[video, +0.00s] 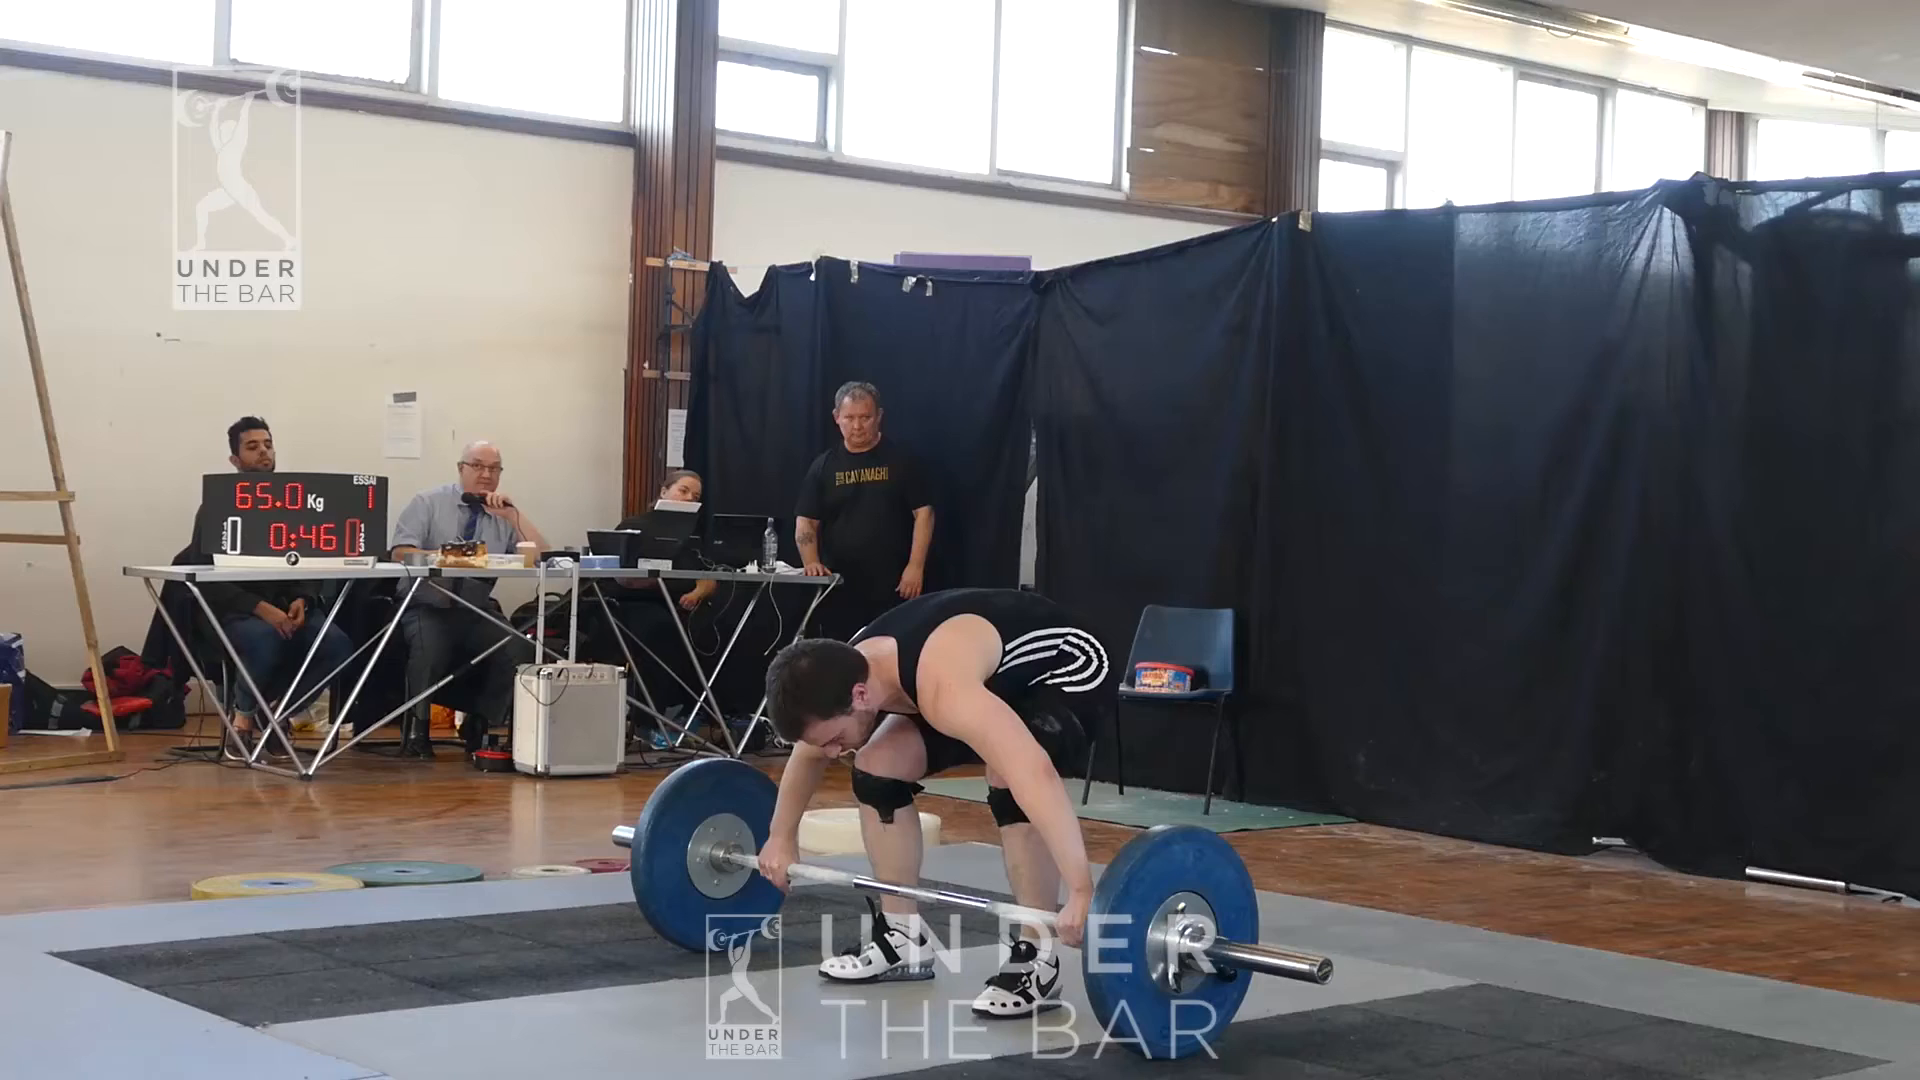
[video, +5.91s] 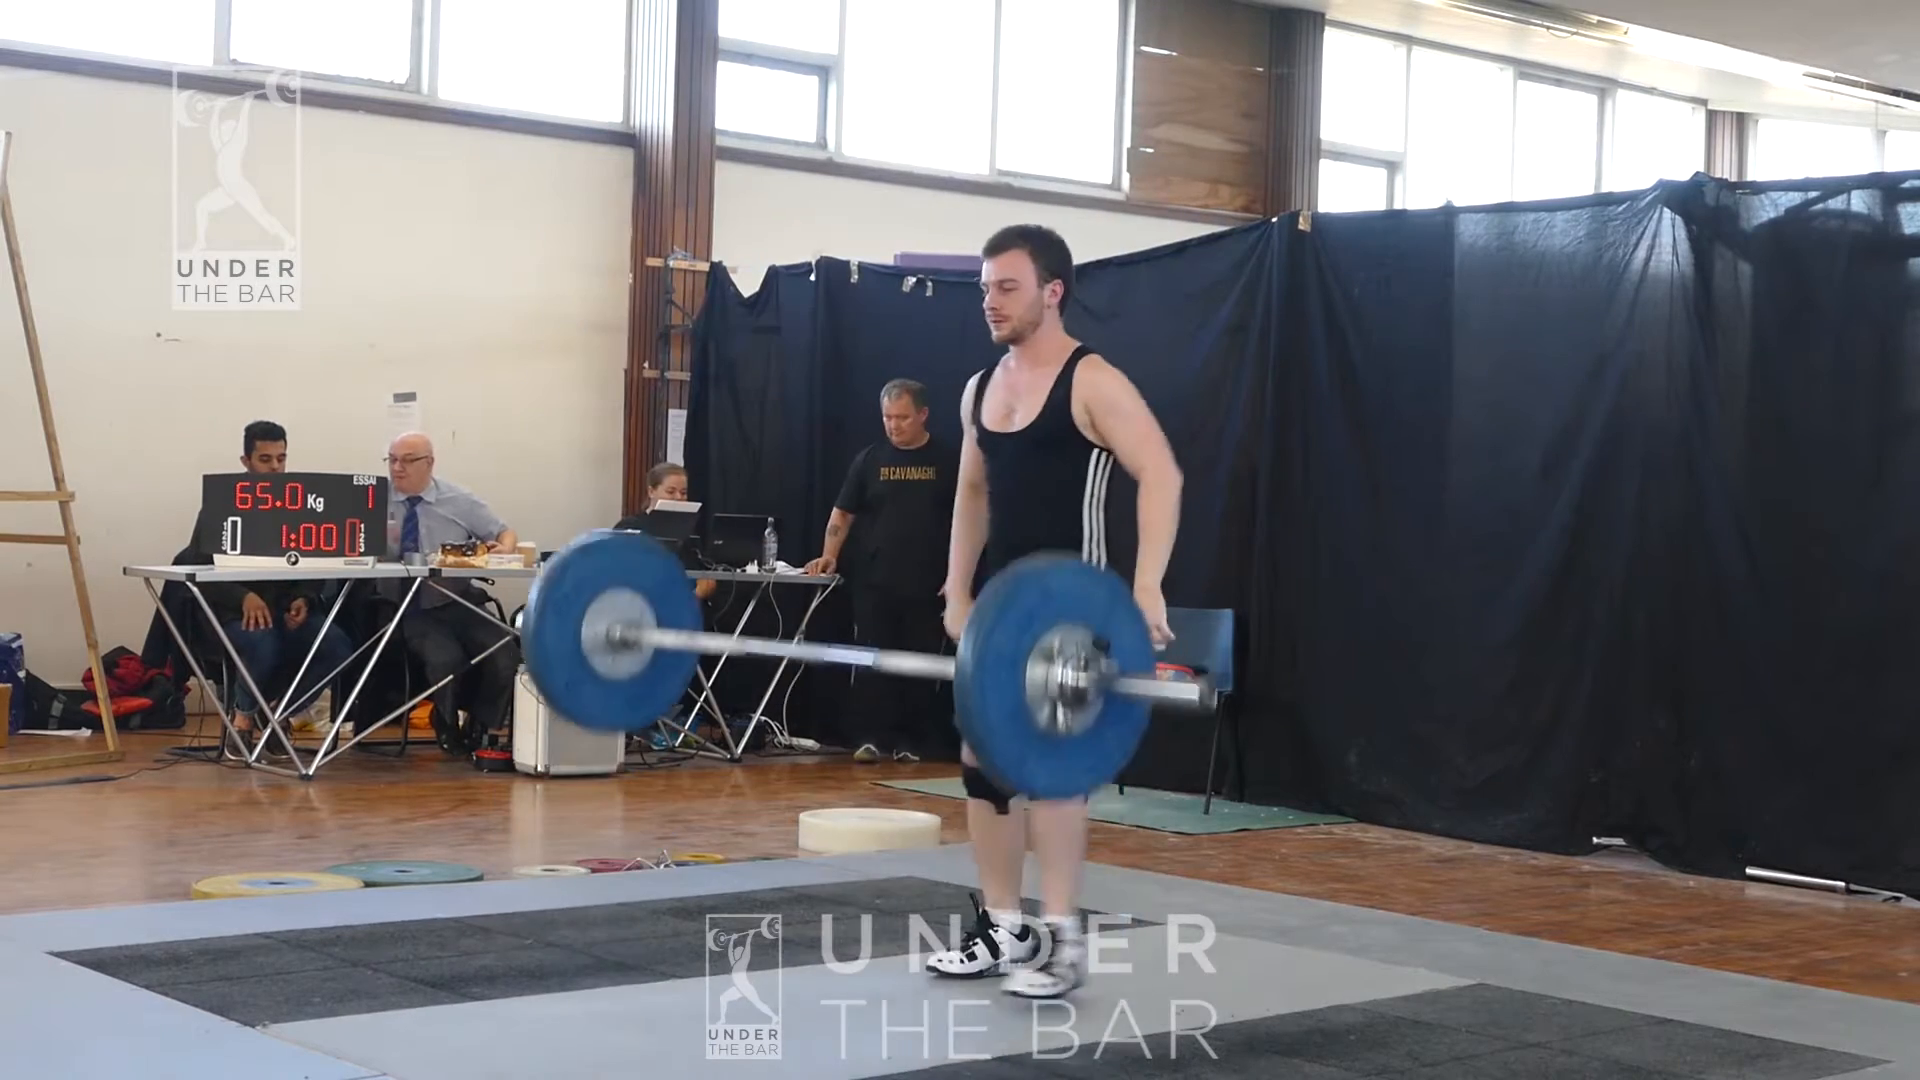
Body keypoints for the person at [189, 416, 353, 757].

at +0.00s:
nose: (263, 451)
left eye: (268, 444)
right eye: (253, 446)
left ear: (274, 450)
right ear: (235, 459)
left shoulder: (291, 495)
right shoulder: (219, 503)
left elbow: (312, 555)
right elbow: (205, 575)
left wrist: (302, 599)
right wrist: (261, 608)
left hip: (288, 606)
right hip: (238, 607)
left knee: (338, 646)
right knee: (265, 641)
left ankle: (277, 717)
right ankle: (242, 720)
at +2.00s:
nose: (265, 455)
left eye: (270, 448)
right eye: (255, 450)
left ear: (277, 452)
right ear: (238, 460)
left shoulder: (292, 496)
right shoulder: (220, 504)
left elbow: (310, 555)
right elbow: (205, 576)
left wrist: (302, 598)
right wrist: (261, 608)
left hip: (286, 606)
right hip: (236, 607)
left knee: (337, 644)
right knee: (264, 641)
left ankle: (278, 716)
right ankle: (242, 720)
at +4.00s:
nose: (270, 458)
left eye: (275, 451)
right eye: (259, 452)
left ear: (280, 454)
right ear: (241, 459)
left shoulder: (293, 498)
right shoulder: (221, 504)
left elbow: (312, 556)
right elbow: (205, 575)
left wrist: (303, 598)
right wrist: (261, 608)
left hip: (287, 606)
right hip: (237, 608)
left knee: (336, 644)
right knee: (264, 641)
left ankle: (277, 716)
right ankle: (242, 718)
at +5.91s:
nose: (275, 466)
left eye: (280, 459)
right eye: (265, 459)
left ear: (287, 458)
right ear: (246, 460)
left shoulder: (298, 499)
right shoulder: (225, 502)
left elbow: (319, 558)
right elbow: (200, 567)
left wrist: (305, 598)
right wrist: (243, 596)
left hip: (288, 608)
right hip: (237, 610)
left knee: (336, 645)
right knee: (263, 643)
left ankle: (278, 719)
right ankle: (242, 719)